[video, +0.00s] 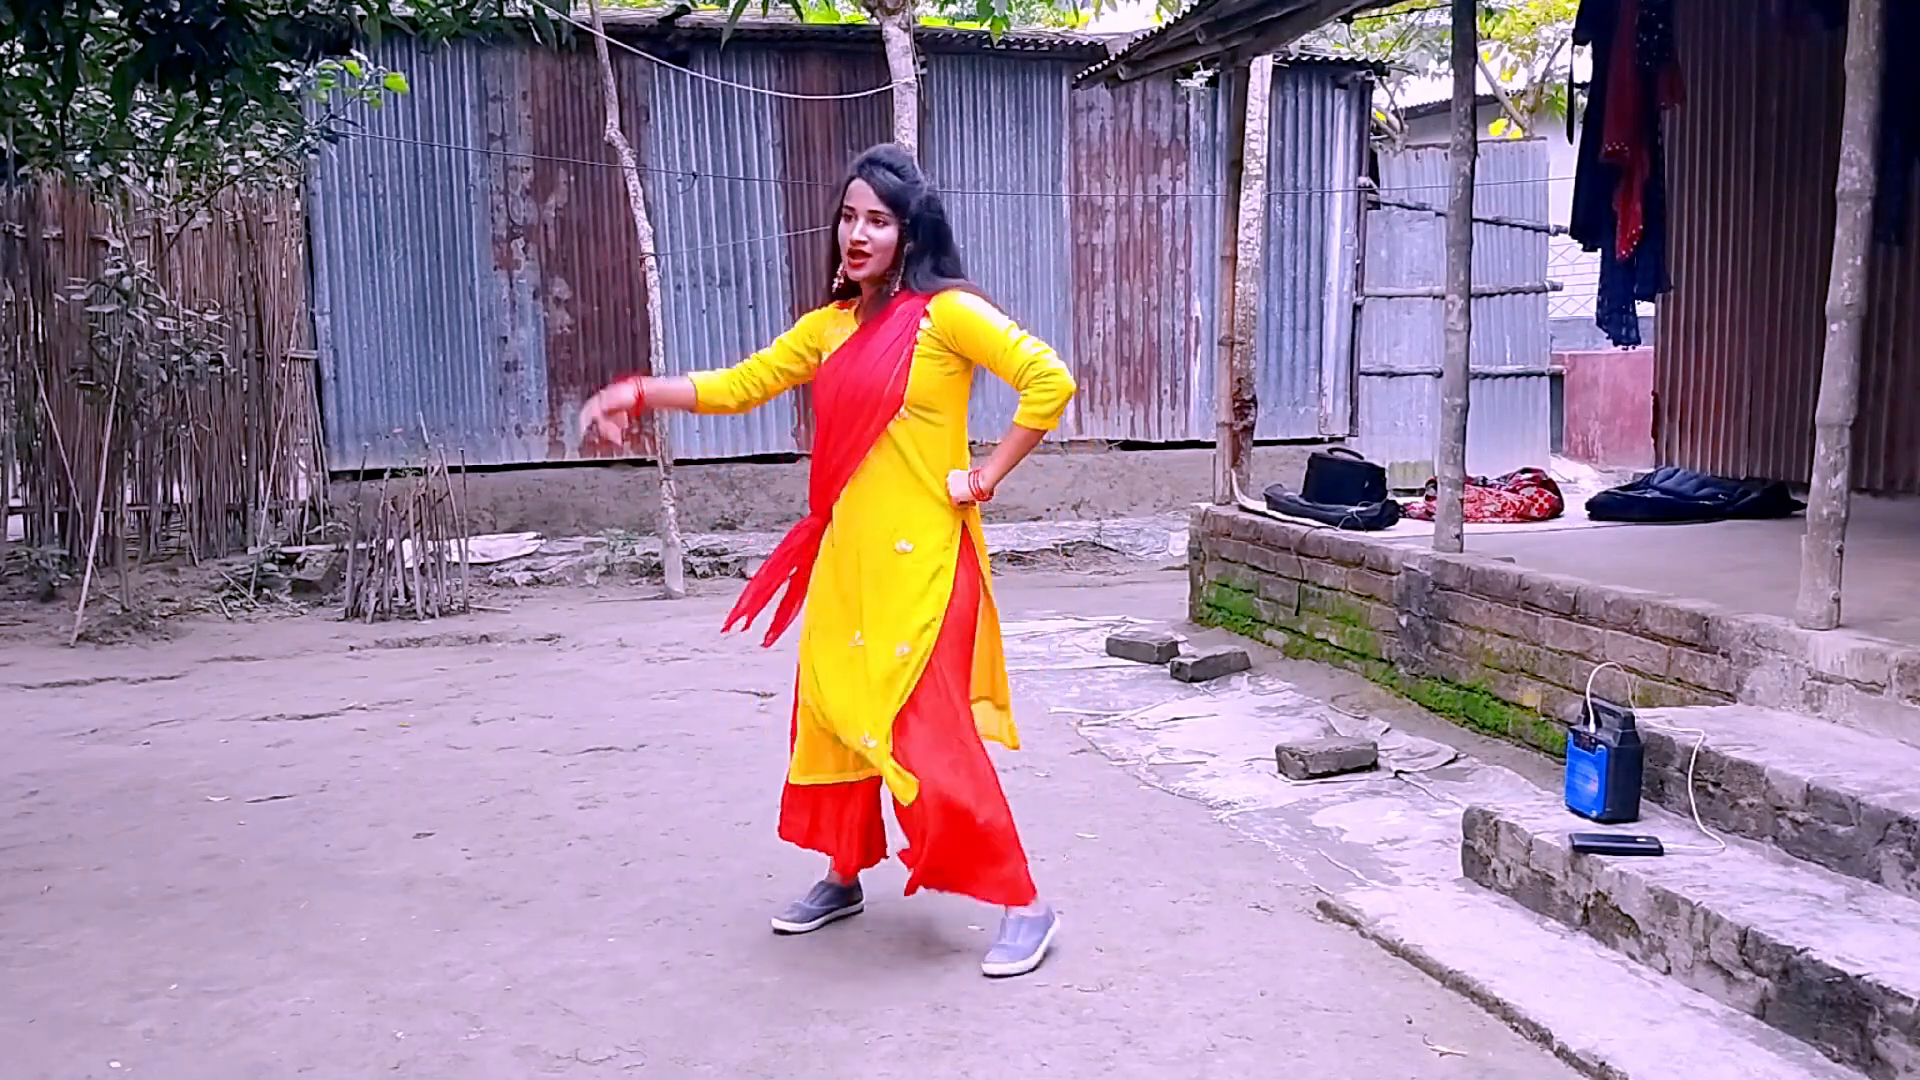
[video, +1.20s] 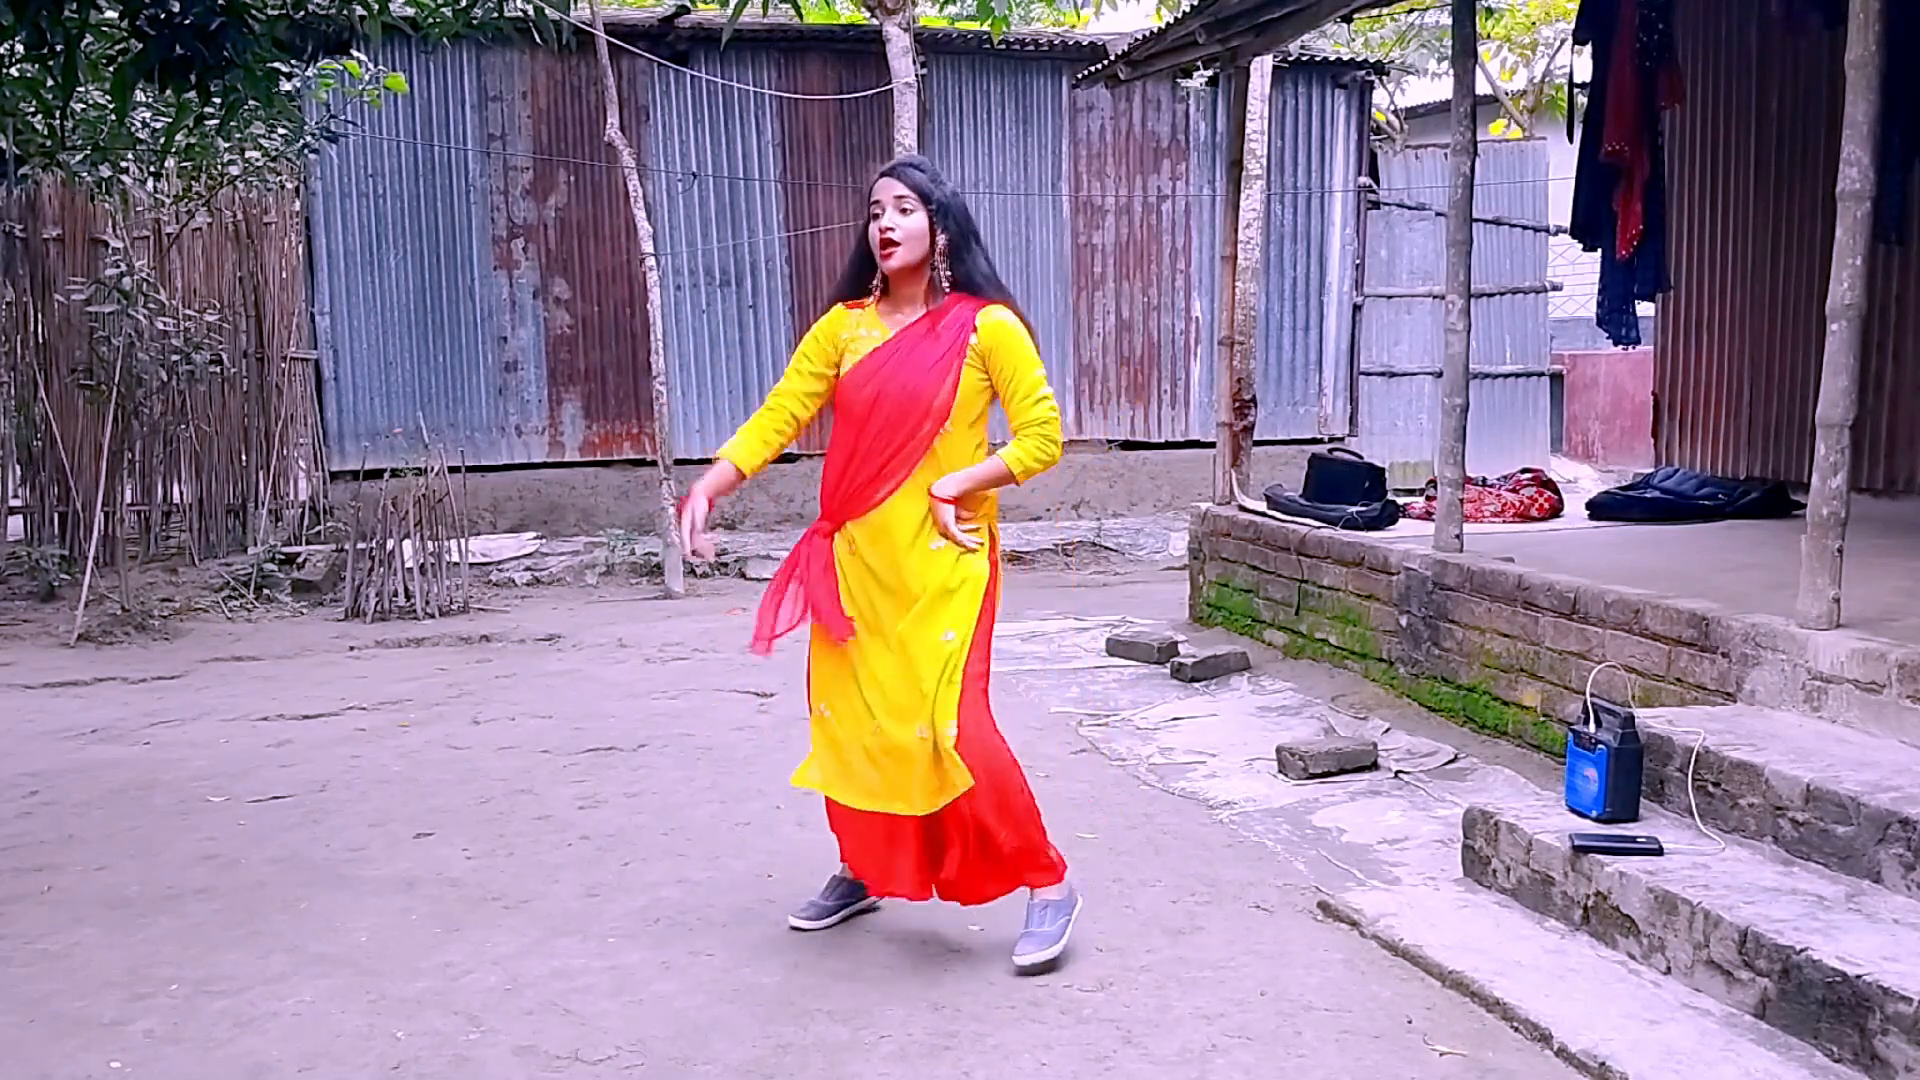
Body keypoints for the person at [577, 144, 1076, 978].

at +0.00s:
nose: (856, 233)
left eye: (875, 219)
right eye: (848, 216)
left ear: (911, 231)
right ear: (836, 226)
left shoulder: (947, 312)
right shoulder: (829, 325)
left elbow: (1051, 382)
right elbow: (737, 386)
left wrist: (987, 473)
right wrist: (637, 390)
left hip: (924, 544)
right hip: (845, 545)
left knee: (923, 720)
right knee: (831, 705)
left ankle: (1024, 905)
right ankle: (840, 877)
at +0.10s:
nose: (876, 240)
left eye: (895, 226)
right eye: (869, 225)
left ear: (934, 237)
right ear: (860, 234)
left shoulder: (963, 318)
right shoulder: (862, 342)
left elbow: (1064, 387)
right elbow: (797, 427)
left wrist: (994, 474)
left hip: (943, 552)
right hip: (872, 554)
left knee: (972, 725)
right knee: (851, 706)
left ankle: (1039, 911)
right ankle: (845, 877)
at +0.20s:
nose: (900, 246)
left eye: (920, 235)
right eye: (894, 230)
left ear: (956, 251)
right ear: (883, 243)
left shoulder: (978, 333)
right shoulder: (901, 351)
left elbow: (1059, 410)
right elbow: (873, 463)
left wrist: (991, 487)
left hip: (970, 562)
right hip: (907, 563)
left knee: (981, 734)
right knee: (849, 700)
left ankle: (1036, 917)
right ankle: (861, 877)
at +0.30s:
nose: (927, 224)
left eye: (948, 215)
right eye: (922, 209)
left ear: (981, 235)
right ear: (910, 223)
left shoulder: (996, 323)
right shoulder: (928, 329)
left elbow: (1072, 401)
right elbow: (963, 422)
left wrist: (998, 480)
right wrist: (932, 500)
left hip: (990, 557)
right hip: (938, 555)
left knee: (994, 733)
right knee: (936, 720)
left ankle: (1038, 915)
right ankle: (949, 880)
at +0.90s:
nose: (920, 204)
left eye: (939, 189)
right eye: (911, 192)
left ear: (977, 207)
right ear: (902, 211)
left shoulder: (1017, 296)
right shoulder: (883, 306)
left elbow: (1100, 392)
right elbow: (891, 423)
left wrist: (1017, 464)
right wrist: (869, 510)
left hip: (981, 536)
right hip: (894, 535)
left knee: (1009, 717)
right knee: (871, 692)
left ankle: (1044, 910)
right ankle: (867, 864)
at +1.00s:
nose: (905, 232)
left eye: (924, 218)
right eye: (896, 219)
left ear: (963, 235)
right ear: (888, 235)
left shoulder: (999, 333)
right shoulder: (850, 332)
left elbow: (1079, 427)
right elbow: (830, 437)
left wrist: (998, 496)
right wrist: (833, 520)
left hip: (963, 555)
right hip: (868, 555)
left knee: (996, 729)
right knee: (864, 715)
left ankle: (1038, 912)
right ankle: (860, 873)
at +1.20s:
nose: (886, 223)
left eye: (904, 209)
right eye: (877, 212)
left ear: (942, 225)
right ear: (868, 233)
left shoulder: (986, 325)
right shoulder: (842, 327)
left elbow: (1043, 437)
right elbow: (780, 415)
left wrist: (955, 485)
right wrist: (708, 486)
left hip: (944, 557)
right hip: (850, 554)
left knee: (955, 723)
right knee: (848, 717)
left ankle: (1049, 884)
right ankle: (860, 867)